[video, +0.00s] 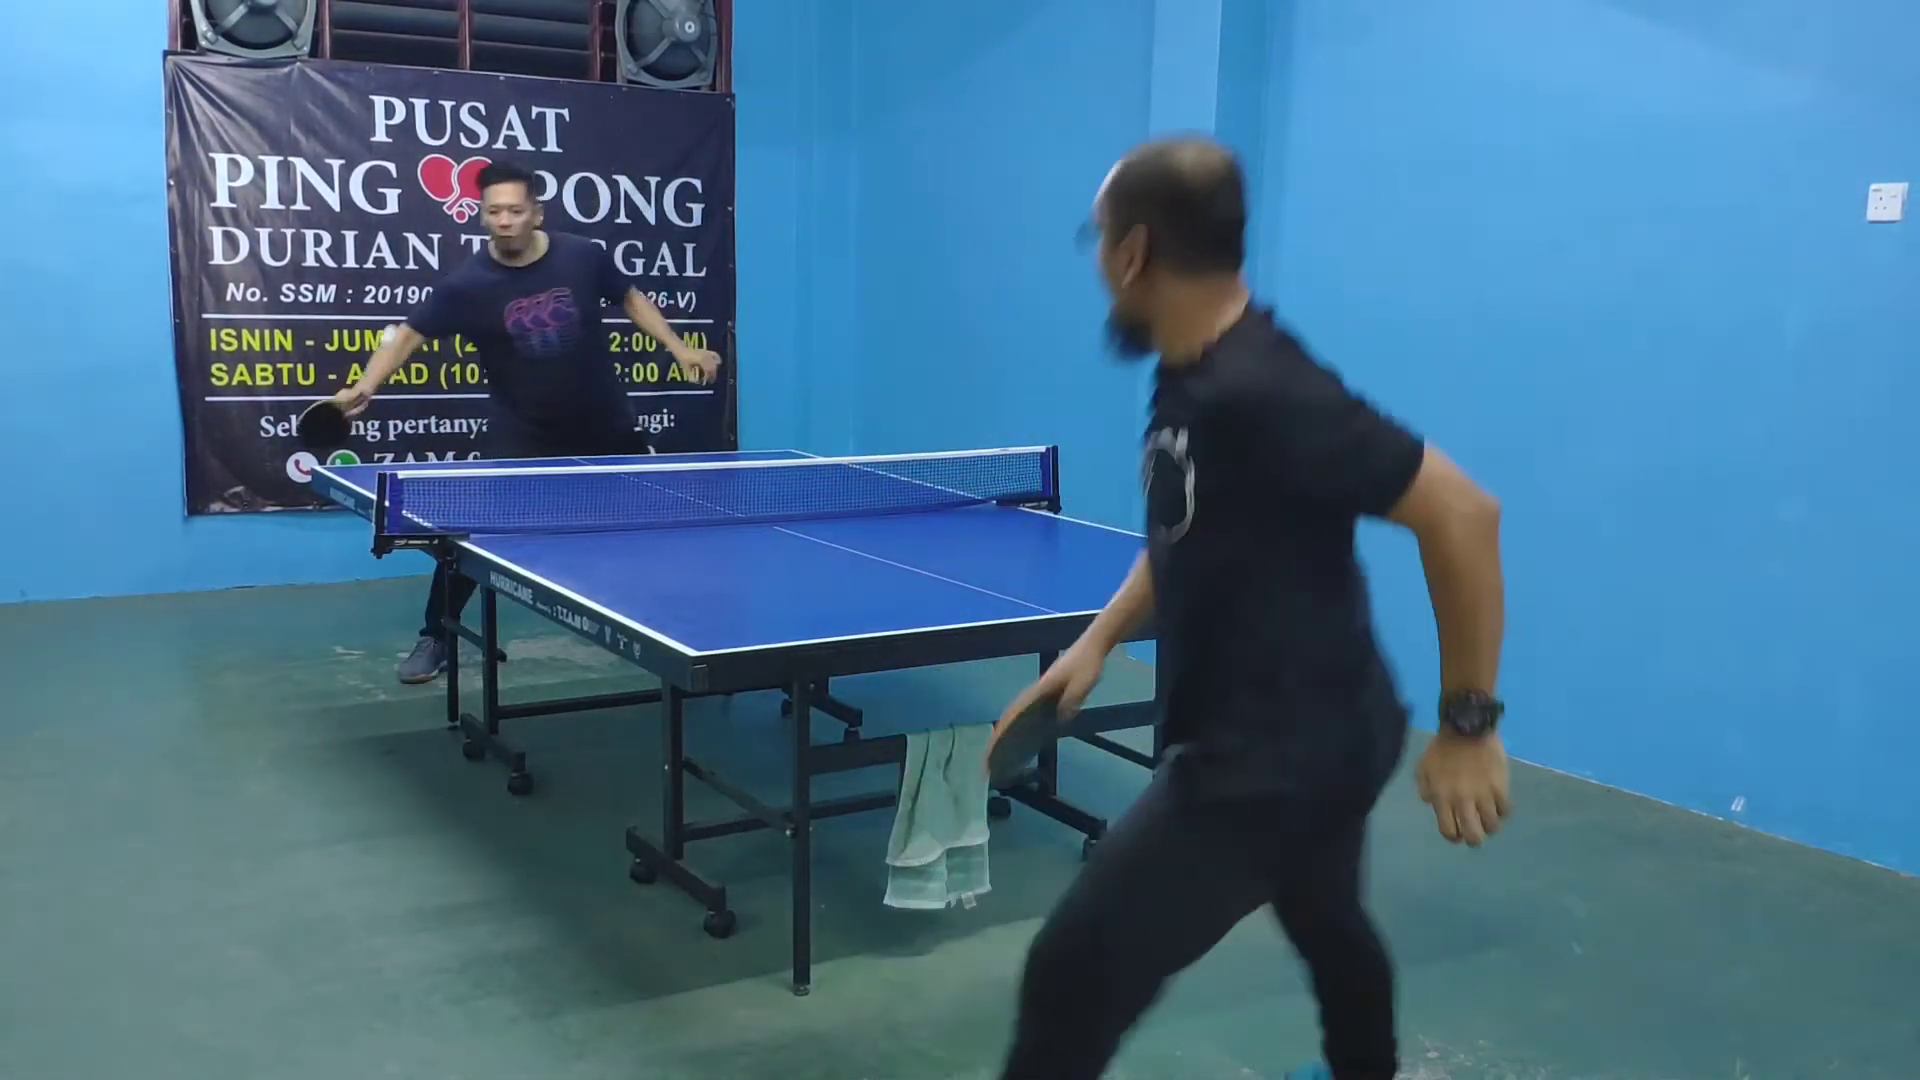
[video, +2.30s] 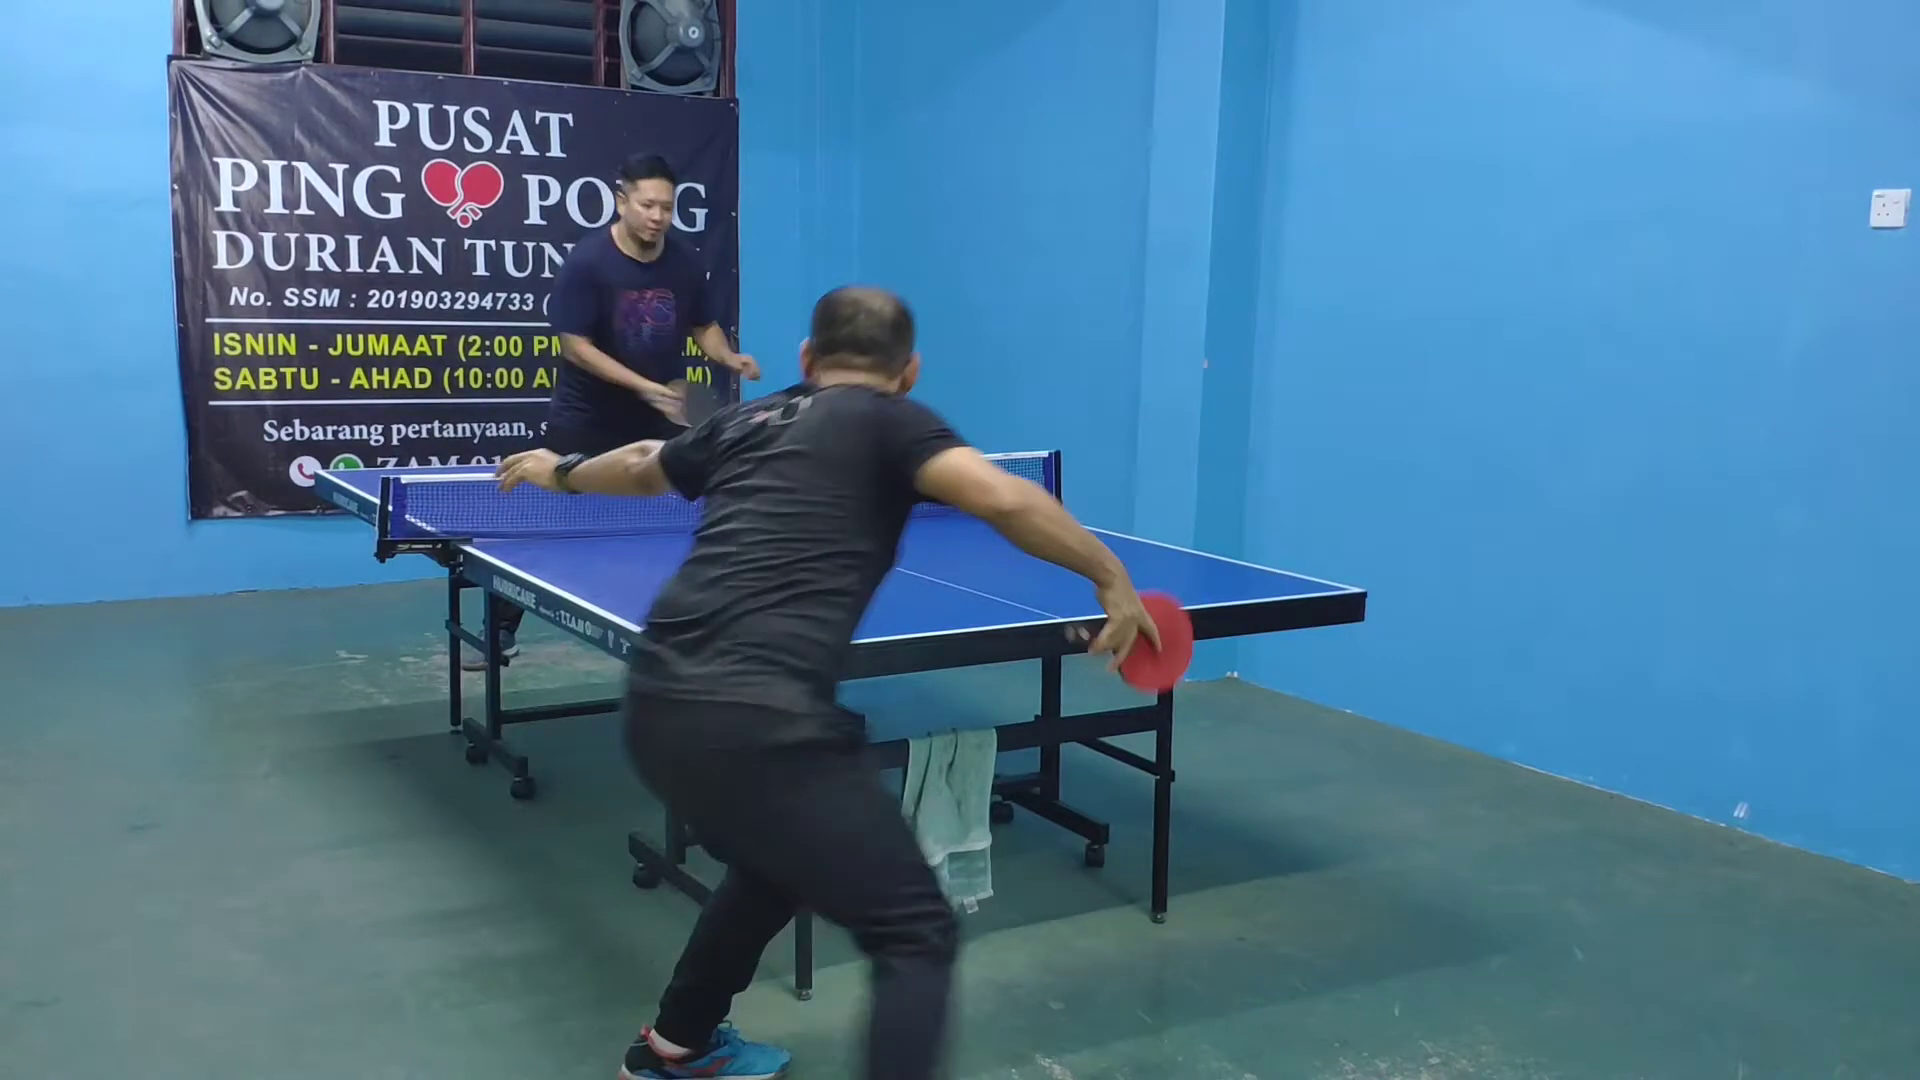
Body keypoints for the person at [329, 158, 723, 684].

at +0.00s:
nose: (505, 221)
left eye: (515, 210)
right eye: (495, 211)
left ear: (536, 210)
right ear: (483, 216)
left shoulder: (582, 257)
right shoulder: (467, 284)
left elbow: (630, 298)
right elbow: (408, 334)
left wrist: (681, 349)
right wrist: (365, 386)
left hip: (605, 427)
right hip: (521, 434)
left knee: (663, 522)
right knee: (471, 524)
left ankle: (695, 639)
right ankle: (436, 636)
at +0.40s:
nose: (530, 187)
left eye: (537, 177)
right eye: (517, 178)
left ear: (550, 185)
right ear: (498, 189)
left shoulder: (590, 245)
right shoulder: (480, 265)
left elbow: (639, 297)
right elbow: (449, 341)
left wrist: (668, 342)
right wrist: (426, 415)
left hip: (604, 417)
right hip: (525, 422)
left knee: (652, 518)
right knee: (483, 517)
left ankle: (684, 639)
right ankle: (440, 634)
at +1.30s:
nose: (593, 175)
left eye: (602, 165)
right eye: (582, 166)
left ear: (615, 172)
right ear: (565, 174)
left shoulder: (653, 237)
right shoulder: (543, 244)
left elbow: (683, 314)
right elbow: (509, 315)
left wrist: (712, 388)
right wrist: (497, 384)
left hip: (646, 408)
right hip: (569, 409)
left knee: (662, 517)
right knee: (530, 513)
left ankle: (675, 630)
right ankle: (497, 626)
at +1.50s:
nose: (609, 179)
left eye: (618, 170)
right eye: (597, 169)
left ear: (627, 179)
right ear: (576, 178)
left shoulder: (658, 240)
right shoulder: (555, 243)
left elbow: (687, 313)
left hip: (643, 397)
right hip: (575, 396)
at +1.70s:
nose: (607, 180)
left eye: (616, 171)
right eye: (595, 170)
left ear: (627, 179)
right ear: (574, 178)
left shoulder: (662, 242)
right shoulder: (544, 245)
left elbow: (687, 310)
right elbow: (515, 316)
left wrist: (653, 360)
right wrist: (539, 369)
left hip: (642, 394)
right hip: (570, 393)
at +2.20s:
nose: (640, 201)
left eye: (649, 191)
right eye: (630, 191)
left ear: (658, 195)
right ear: (606, 192)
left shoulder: (680, 254)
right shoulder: (573, 252)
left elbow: (705, 319)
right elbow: (535, 321)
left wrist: (703, 352)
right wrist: (566, 357)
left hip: (658, 418)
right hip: (581, 416)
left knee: (680, 523)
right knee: (537, 517)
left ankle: (677, 628)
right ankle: (501, 627)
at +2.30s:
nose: (658, 217)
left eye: (666, 207)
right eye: (648, 205)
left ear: (673, 208)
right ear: (621, 201)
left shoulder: (682, 262)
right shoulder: (588, 261)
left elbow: (702, 325)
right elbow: (575, 346)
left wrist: (727, 356)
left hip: (654, 424)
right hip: (585, 423)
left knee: (667, 526)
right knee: (541, 520)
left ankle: (671, 628)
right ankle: (501, 627)